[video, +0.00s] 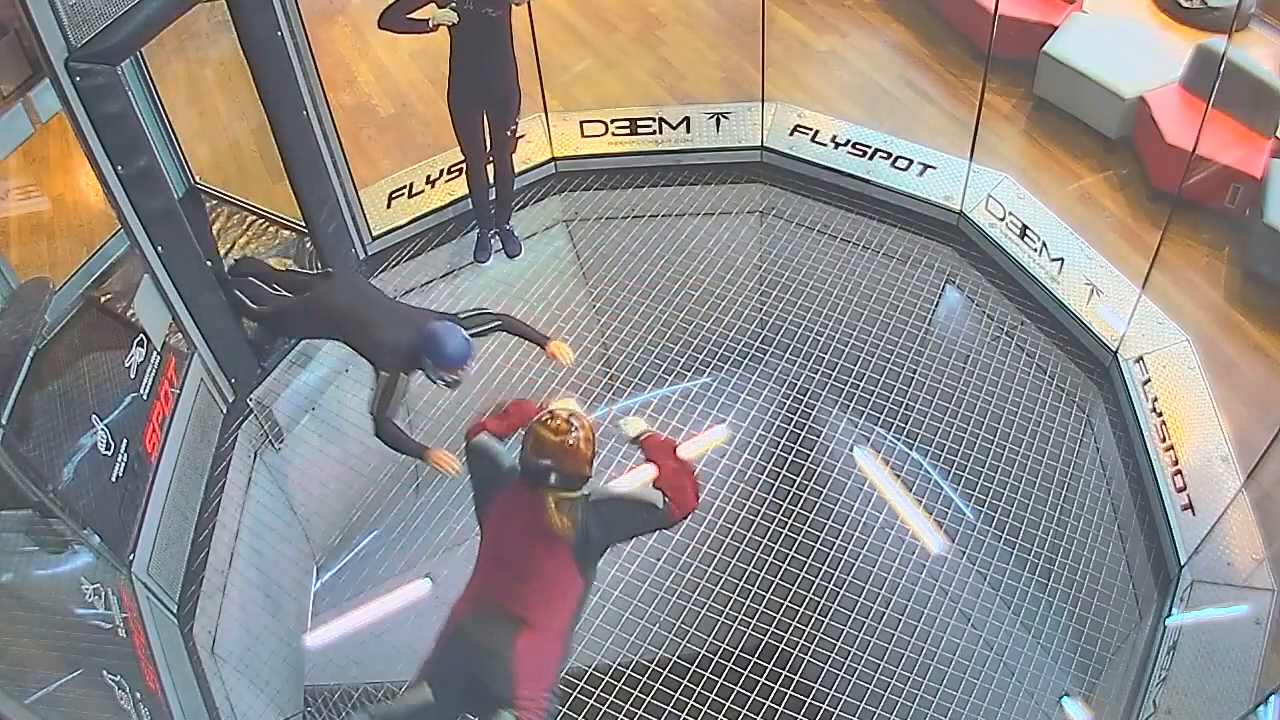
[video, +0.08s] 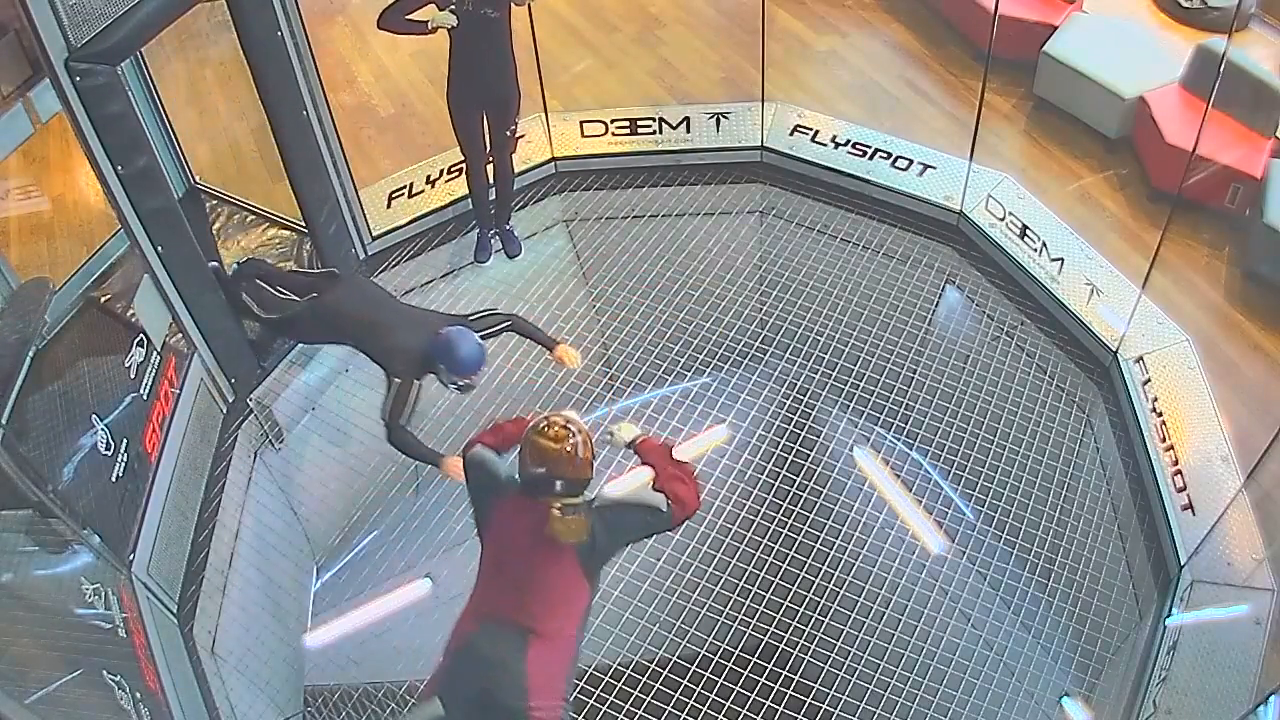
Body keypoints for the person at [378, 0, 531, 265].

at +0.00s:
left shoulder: (508, 2)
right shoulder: (441, 1)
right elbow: (387, 19)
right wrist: (429, 24)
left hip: (503, 82)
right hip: (464, 86)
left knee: (503, 155)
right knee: (475, 159)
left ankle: (504, 225)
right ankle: (484, 229)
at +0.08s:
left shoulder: (507, 1)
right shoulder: (439, 2)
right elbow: (387, 20)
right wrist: (428, 25)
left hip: (502, 81)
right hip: (463, 85)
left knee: (503, 155)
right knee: (475, 160)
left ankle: (504, 225)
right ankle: (484, 229)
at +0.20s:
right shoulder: (439, 1)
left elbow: (520, 4)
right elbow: (384, 18)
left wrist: (524, 1)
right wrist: (426, 26)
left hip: (502, 81)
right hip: (462, 85)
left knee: (503, 156)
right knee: (474, 161)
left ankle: (504, 225)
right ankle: (484, 230)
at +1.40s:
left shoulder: (506, 1)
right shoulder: (440, 1)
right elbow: (392, 23)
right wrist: (436, 28)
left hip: (498, 82)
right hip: (459, 85)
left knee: (503, 160)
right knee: (471, 164)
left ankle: (508, 225)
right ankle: (482, 230)